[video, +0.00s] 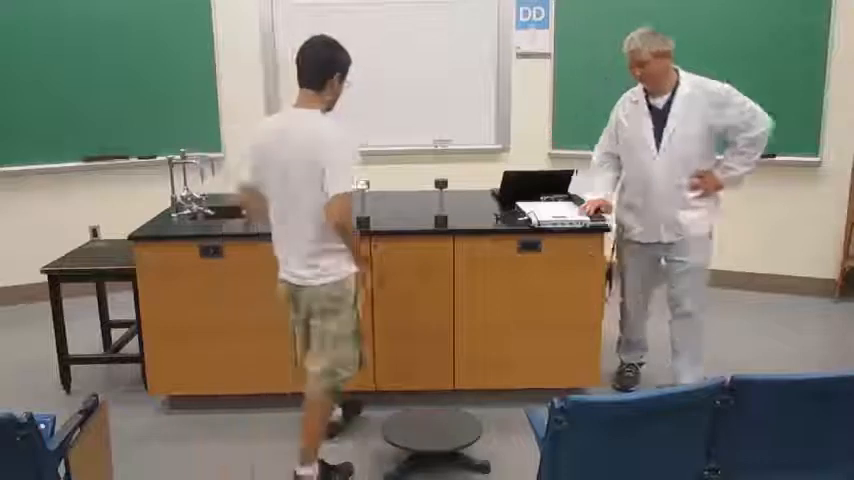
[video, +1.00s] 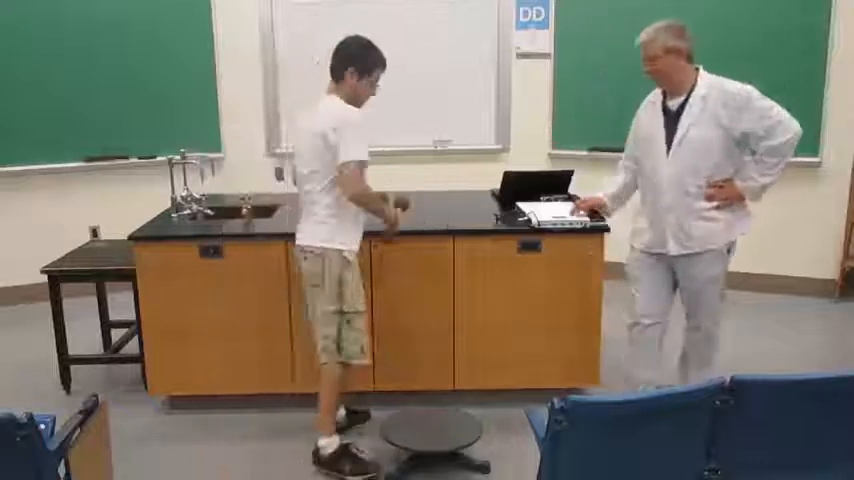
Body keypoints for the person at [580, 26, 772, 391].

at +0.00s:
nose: (635, 74)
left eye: (641, 66)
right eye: (632, 67)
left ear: (665, 59)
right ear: (631, 66)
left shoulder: (708, 95)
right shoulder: (627, 106)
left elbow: (757, 126)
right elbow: (606, 157)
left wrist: (722, 174)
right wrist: (600, 195)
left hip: (688, 225)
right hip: (637, 225)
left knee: (686, 308)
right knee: (632, 301)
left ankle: (688, 385)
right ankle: (630, 360)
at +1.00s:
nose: (647, 69)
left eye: (652, 60)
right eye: (645, 61)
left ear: (679, 54)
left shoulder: (728, 97)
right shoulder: (649, 107)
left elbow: (785, 132)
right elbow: (633, 167)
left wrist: (747, 185)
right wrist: (605, 202)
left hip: (704, 240)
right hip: (652, 239)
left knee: (701, 329)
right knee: (645, 325)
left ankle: (694, 407)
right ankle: (641, 406)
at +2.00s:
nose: (586, 81)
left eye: (591, 71)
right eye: (583, 73)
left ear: (618, 62)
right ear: (609, 65)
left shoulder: (656, 96)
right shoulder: (611, 102)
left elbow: (703, 144)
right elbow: (611, 166)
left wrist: (670, 200)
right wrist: (585, 203)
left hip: (637, 246)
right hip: (596, 240)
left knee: (628, 343)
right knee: (566, 323)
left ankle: (626, 429)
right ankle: (525, 405)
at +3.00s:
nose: (573, 91)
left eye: (577, 81)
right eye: (570, 83)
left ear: (604, 69)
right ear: (596, 73)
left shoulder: (645, 105)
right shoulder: (592, 112)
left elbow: (697, 148)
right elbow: (604, 171)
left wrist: (662, 207)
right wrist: (581, 207)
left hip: (626, 256)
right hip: (583, 251)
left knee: (619, 355)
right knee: (560, 337)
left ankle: (615, 437)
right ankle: (528, 422)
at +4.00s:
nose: (594, 91)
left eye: (599, 81)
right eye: (591, 82)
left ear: (626, 71)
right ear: (610, 75)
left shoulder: (665, 110)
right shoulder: (606, 111)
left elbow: (716, 155)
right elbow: (600, 169)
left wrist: (675, 210)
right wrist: (585, 204)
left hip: (633, 258)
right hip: (588, 251)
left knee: (620, 357)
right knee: (561, 339)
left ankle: (616, 440)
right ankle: (529, 424)